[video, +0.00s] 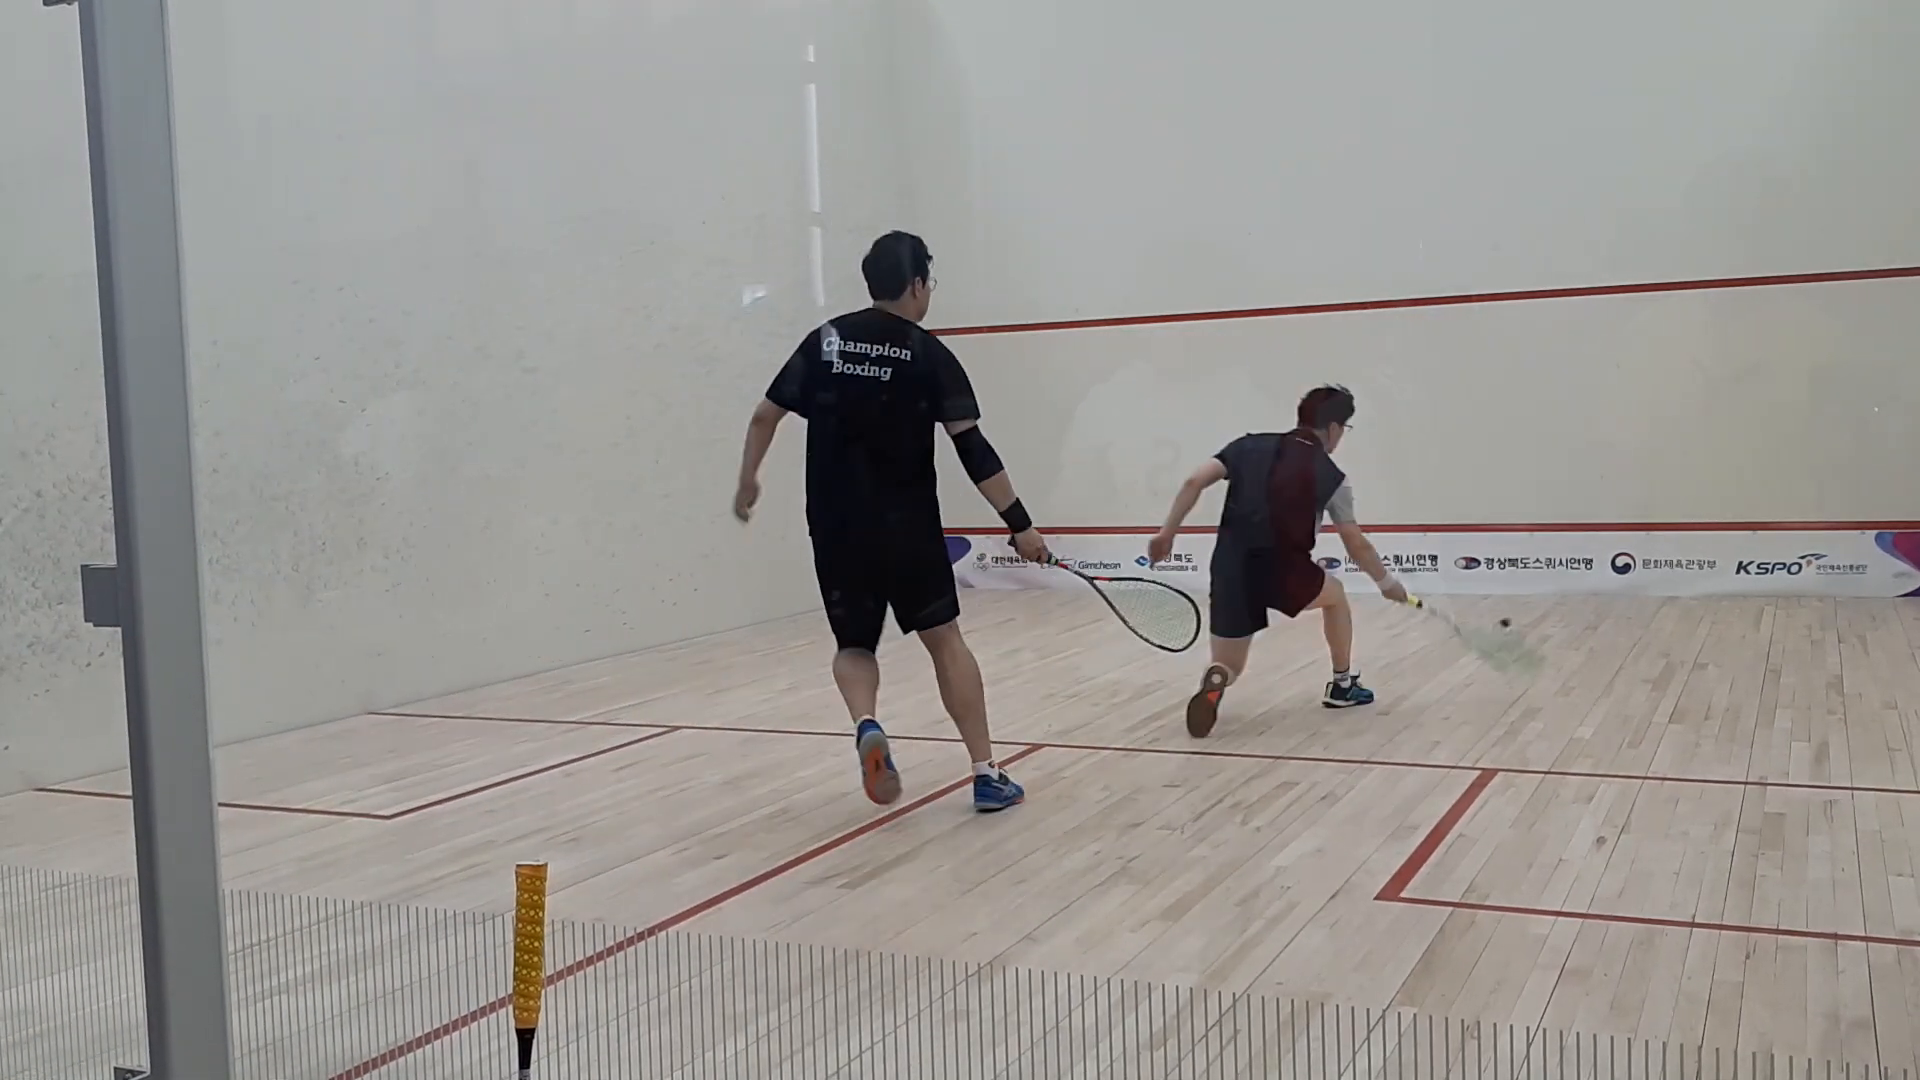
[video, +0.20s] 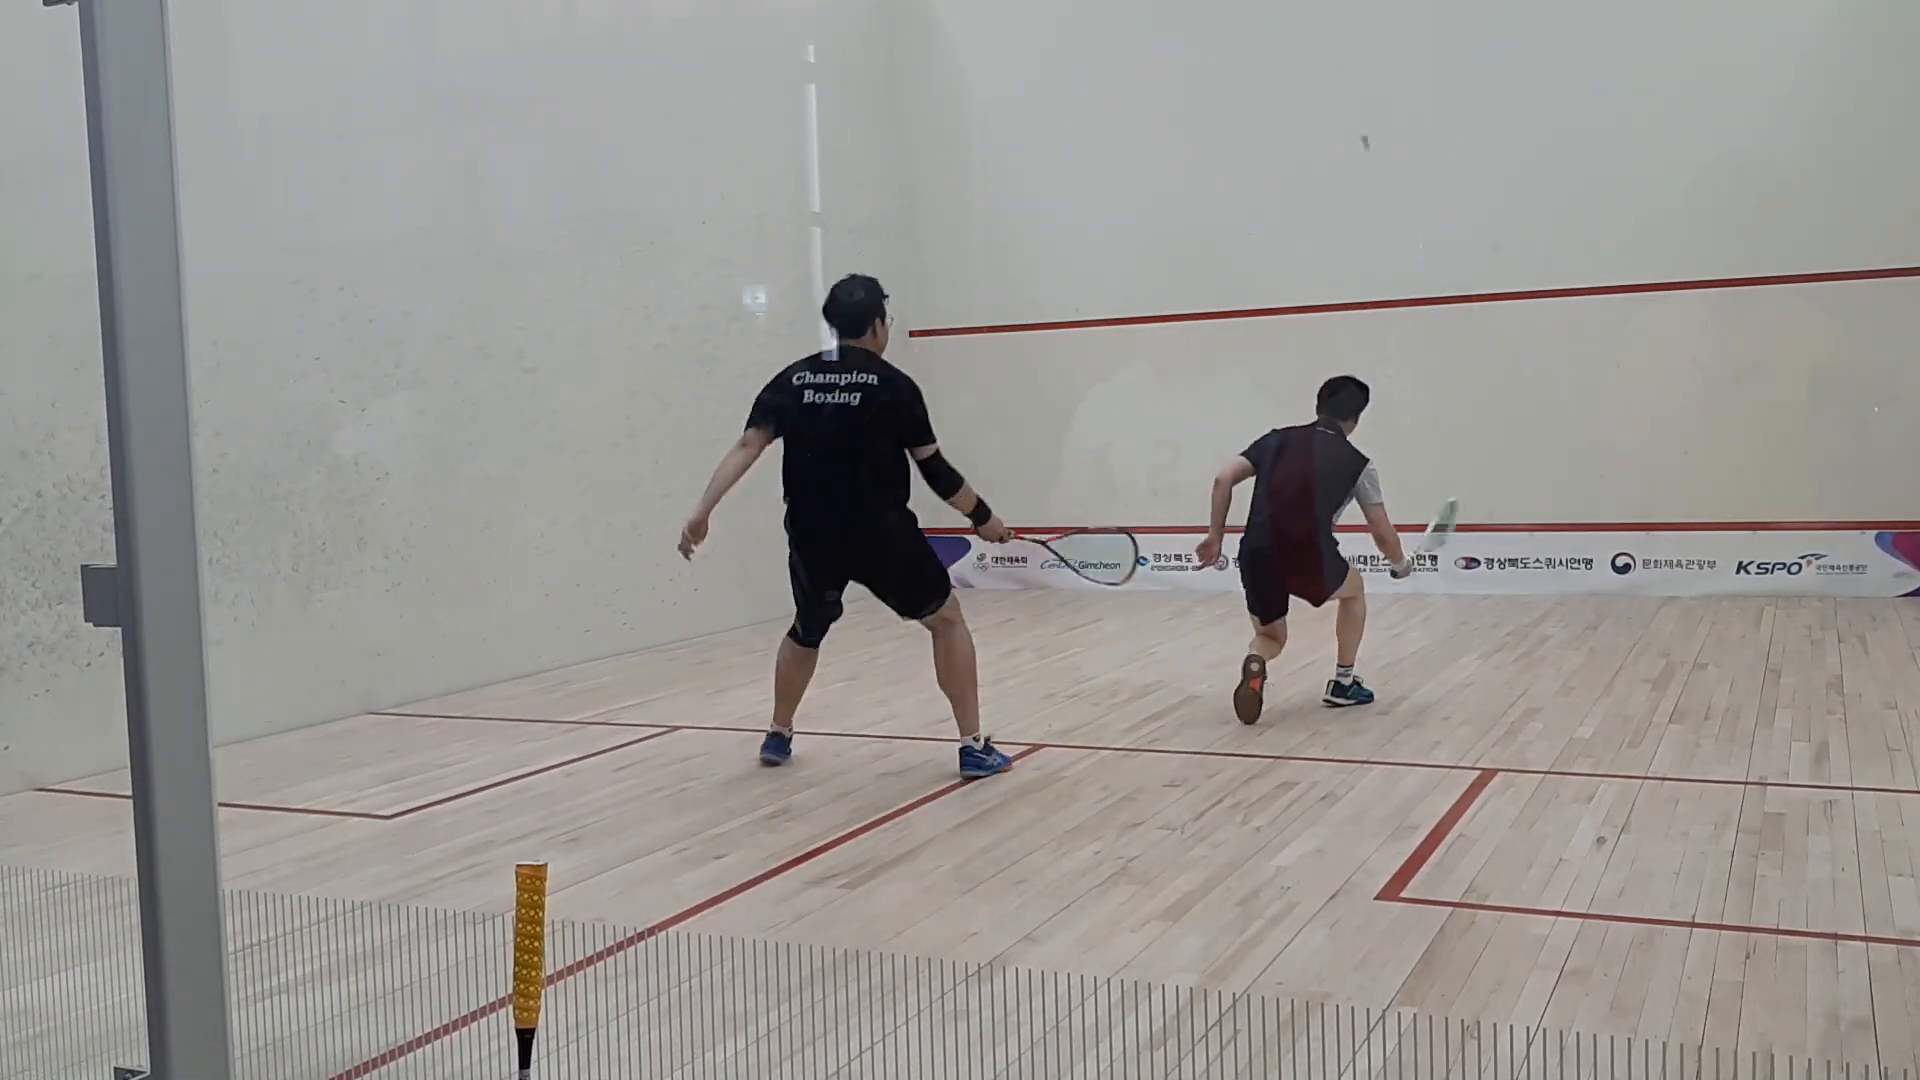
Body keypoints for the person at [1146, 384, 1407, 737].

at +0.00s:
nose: (1342, 437)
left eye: (1343, 429)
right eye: (1343, 428)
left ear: (1302, 419)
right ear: (1332, 427)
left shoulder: (1250, 446)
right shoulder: (1329, 475)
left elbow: (1194, 481)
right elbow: (1357, 545)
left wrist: (1166, 533)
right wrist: (1387, 583)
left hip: (1229, 571)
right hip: (1282, 573)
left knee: (1226, 662)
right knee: (1334, 594)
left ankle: (1212, 685)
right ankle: (1343, 683)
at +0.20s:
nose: (1358, 422)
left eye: (1357, 414)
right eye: (1358, 415)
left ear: (1317, 408)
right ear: (1354, 419)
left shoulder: (1276, 440)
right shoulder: (1357, 464)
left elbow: (1223, 478)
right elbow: (1382, 533)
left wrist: (1214, 535)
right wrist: (1401, 564)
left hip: (1257, 554)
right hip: (1308, 556)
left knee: (1270, 635)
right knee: (1353, 589)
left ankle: (1253, 665)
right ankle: (1344, 680)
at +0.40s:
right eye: (1338, 379)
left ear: (1296, 376)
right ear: (1336, 385)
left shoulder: (1260, 419)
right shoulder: (1344, 436)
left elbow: (1215, 472)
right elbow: (1360, 511)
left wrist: (1210, 529)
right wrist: (1382, 559)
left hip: (1255, 539)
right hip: (1310, 540)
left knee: (1260, 619)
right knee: (1344, 594)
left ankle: (1241, 662)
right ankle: (1343, 681)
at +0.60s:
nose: (1242, 344)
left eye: (1245, 339)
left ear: (1246, 347)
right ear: (1288, 355)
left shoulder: (1211, 398)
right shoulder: (1297, 409)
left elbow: (1178, 462)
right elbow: (1309, 481)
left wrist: (1177, 519)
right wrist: (1326, 540)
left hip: (1218, 526)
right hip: (1272, 527)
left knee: (1232, 614)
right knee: (1312, 602)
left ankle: (1211, 688)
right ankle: (1336, 679)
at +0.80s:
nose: (1188, 320)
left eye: (1192, 318)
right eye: (1192, 315)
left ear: (1198, 331)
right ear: (1233, 335)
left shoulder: (1162, 383)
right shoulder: (1254, 388)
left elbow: (1137, 453)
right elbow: (1271, 462)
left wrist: (1129, 508)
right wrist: (1290, 516)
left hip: (1182, 514)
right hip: (1235, 512)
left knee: (1205, 607)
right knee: (1266, 598)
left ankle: (1207, 699)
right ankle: (1251, 678)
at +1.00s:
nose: (1143, 310)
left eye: (1149, 307)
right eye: (1148, 303)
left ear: (1160, 321)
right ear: (1189, 325)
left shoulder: (1131, 375)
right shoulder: (1214, 376)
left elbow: (1117, 451)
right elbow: (1234, 444)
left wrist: (1100, 509)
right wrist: (1247, 495)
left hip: (1143, 512)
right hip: (1196, 513)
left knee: (1154, 605)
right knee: (1193, 621)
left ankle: (1165, 699)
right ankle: (1185, 708)